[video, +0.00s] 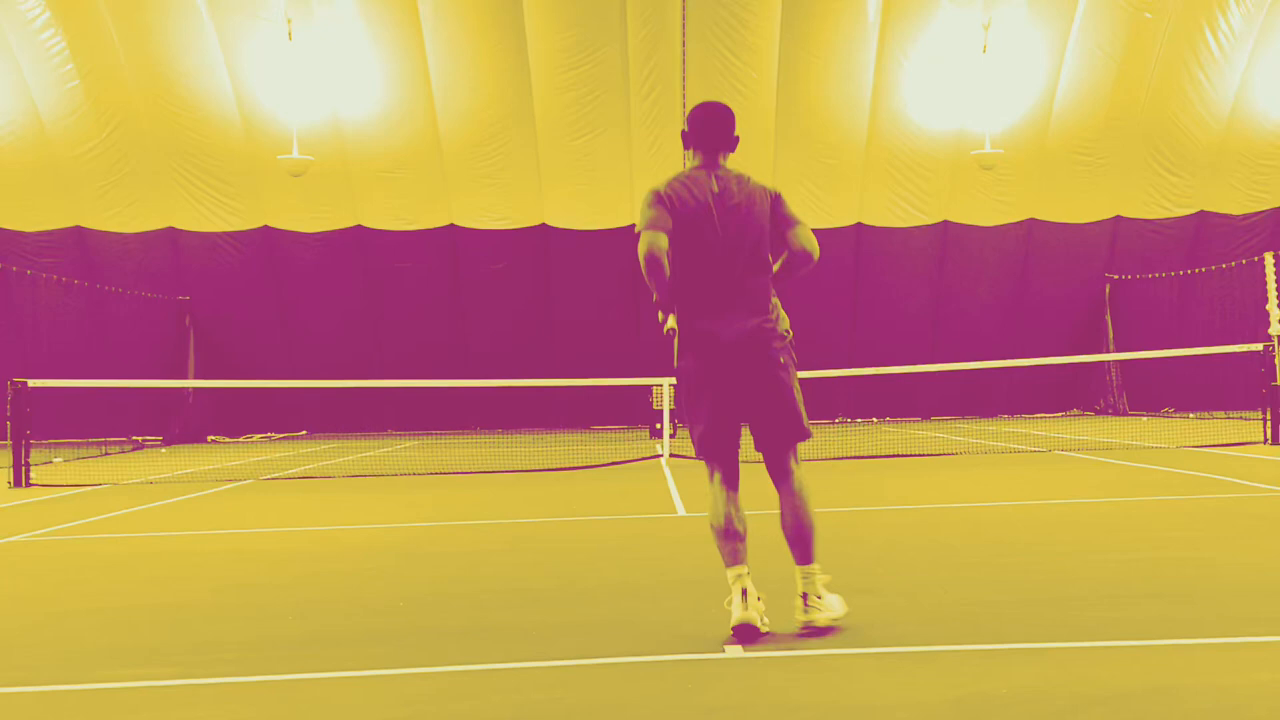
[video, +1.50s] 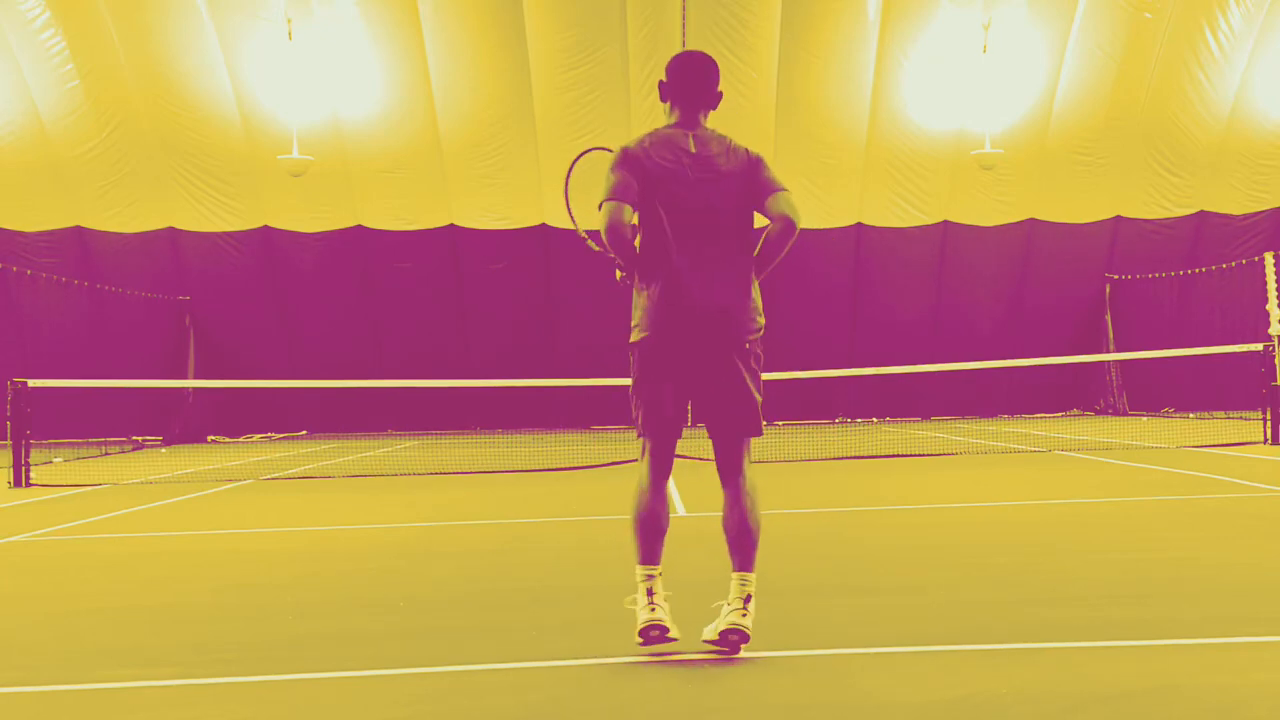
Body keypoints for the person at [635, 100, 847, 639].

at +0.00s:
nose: (694, 153)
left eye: (687, 145)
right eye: (715, 144)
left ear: (686, 144)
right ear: (735, 145)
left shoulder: (663, 196)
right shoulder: (763, 196)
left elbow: (652, 253)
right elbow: (807, 250)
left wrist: (666, 306)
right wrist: (769, 282)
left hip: (703, 353)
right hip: (764, 348)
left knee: (721, 476)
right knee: (786, 469)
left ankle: (742, 596)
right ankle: (812, 593)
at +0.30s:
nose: (707, 126)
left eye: (705, 117)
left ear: (703, 120)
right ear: (752, 125)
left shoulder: (686, 167)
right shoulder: (778, 178)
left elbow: (671, 213)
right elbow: (819, 242)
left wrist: (675, 275)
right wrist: (775, 262)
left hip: (713, 331)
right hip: (777, 329)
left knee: (718, 463)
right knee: (776, 456)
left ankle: (724, 591)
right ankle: (790, 582)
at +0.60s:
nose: (708, 140)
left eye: (707, 132)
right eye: (718, 132)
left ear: (708, 135)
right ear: (757, 140)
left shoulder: (686, 189)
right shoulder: (783, 194)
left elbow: (660, 249)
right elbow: (827, 242)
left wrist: (675, 306)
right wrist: (790, 293)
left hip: (705, 348)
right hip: (768, 350)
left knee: (691, 484)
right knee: (766, 486)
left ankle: (685, 613)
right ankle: (781, 611)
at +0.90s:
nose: (719, 145)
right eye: (726, 135)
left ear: (678, 138)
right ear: (729, 139)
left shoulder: (646, 200)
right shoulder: (752, 201)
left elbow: (617, 263)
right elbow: (786, 275)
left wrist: (650, 317)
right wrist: (745, 314)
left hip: (679, 359)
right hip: (747, 355)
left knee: (689, 496)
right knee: (779, 487)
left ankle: (696, 620)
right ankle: (819, 615)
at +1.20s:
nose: (708, 128)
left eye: (691, 116)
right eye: (724, 118)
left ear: (680, 116)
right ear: (734, 120)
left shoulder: (653, 176)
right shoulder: (756, 185)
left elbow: (625, 250)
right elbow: (795, 254)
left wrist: (641, 282)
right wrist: (747, 288)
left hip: (666, 340)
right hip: (732, 344)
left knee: (655, 480)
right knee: (723, 484)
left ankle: (640, 617)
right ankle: (729, 615)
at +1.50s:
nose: (682, 105)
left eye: (672, 92)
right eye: (706, 96)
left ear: (664, 94)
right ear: (718, 99)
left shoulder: (636, 155)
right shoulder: (743, 159)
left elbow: (613, 225)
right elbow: (788, 221)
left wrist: (640, 269)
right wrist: (751, 274)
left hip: (662, 326)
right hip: (732, 325)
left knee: (654, 466)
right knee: (736, 469)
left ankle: (650, 602)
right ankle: (739, 608)